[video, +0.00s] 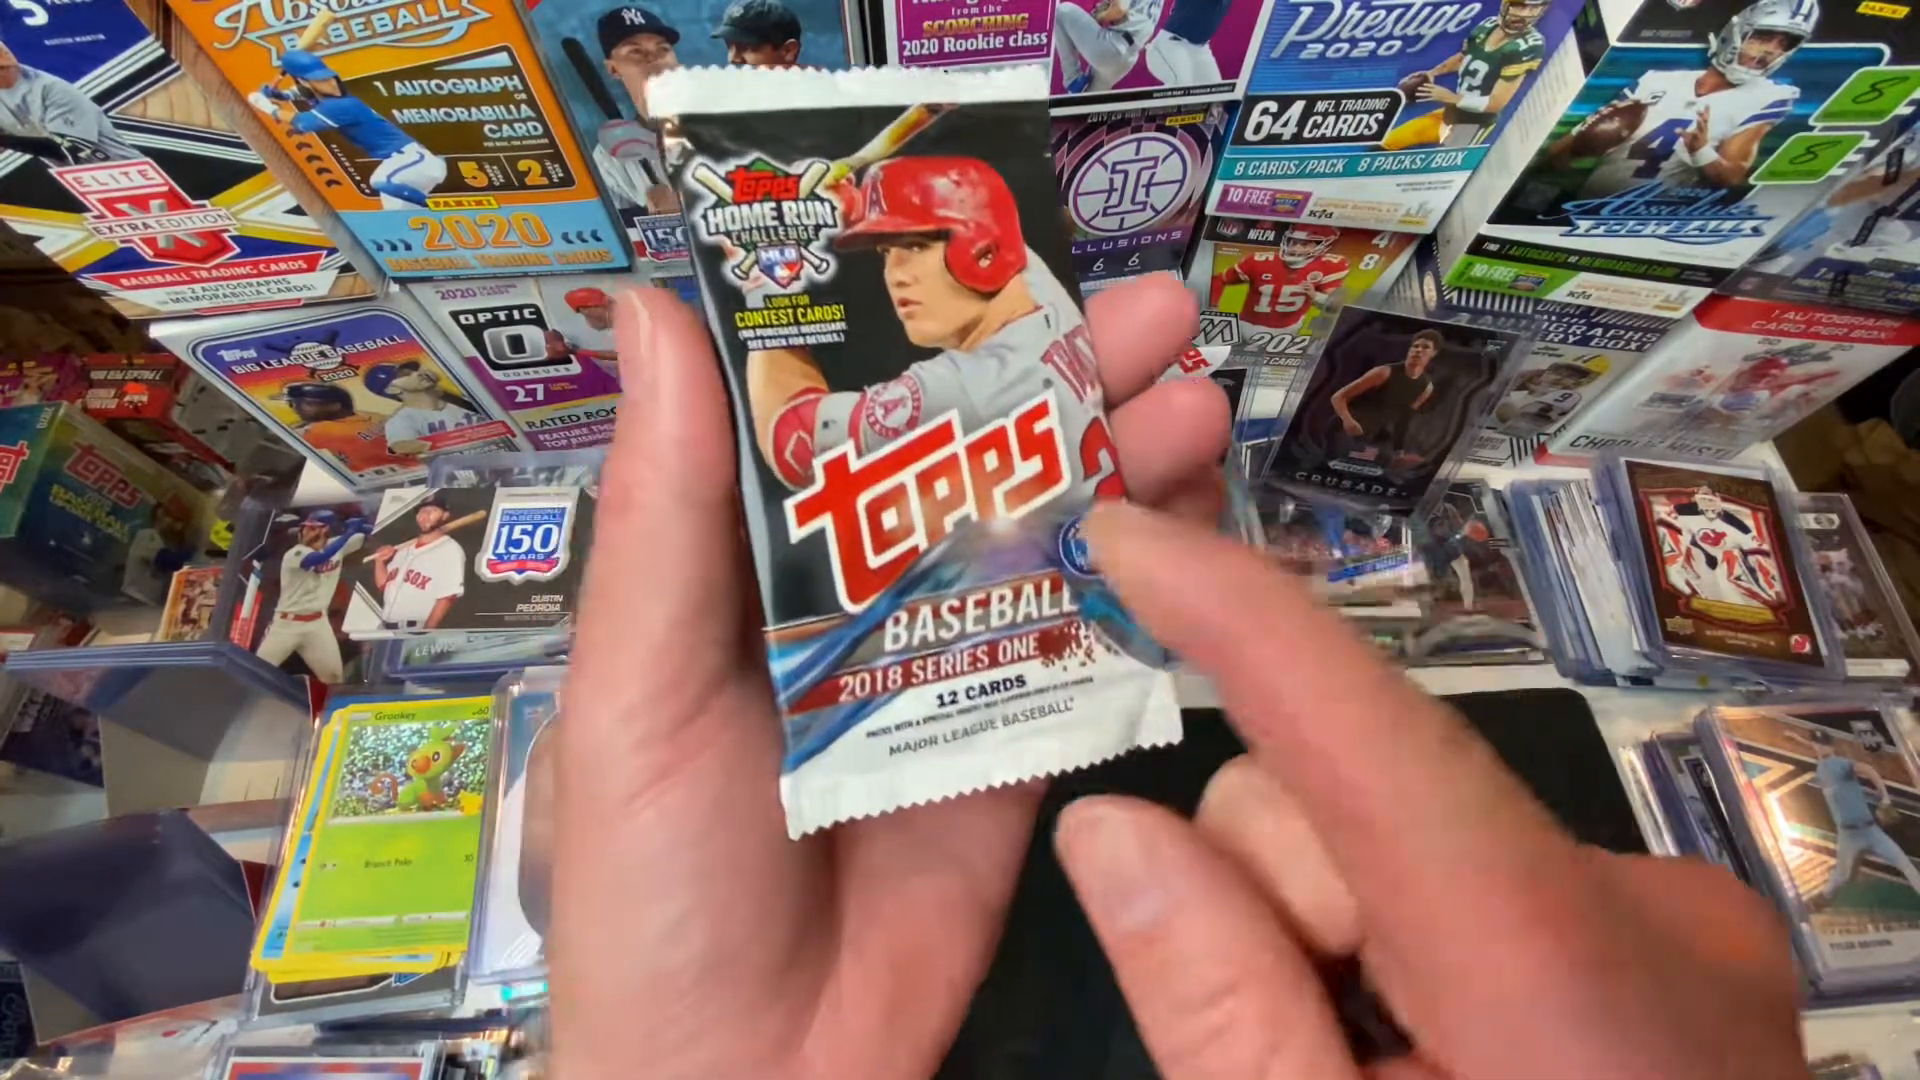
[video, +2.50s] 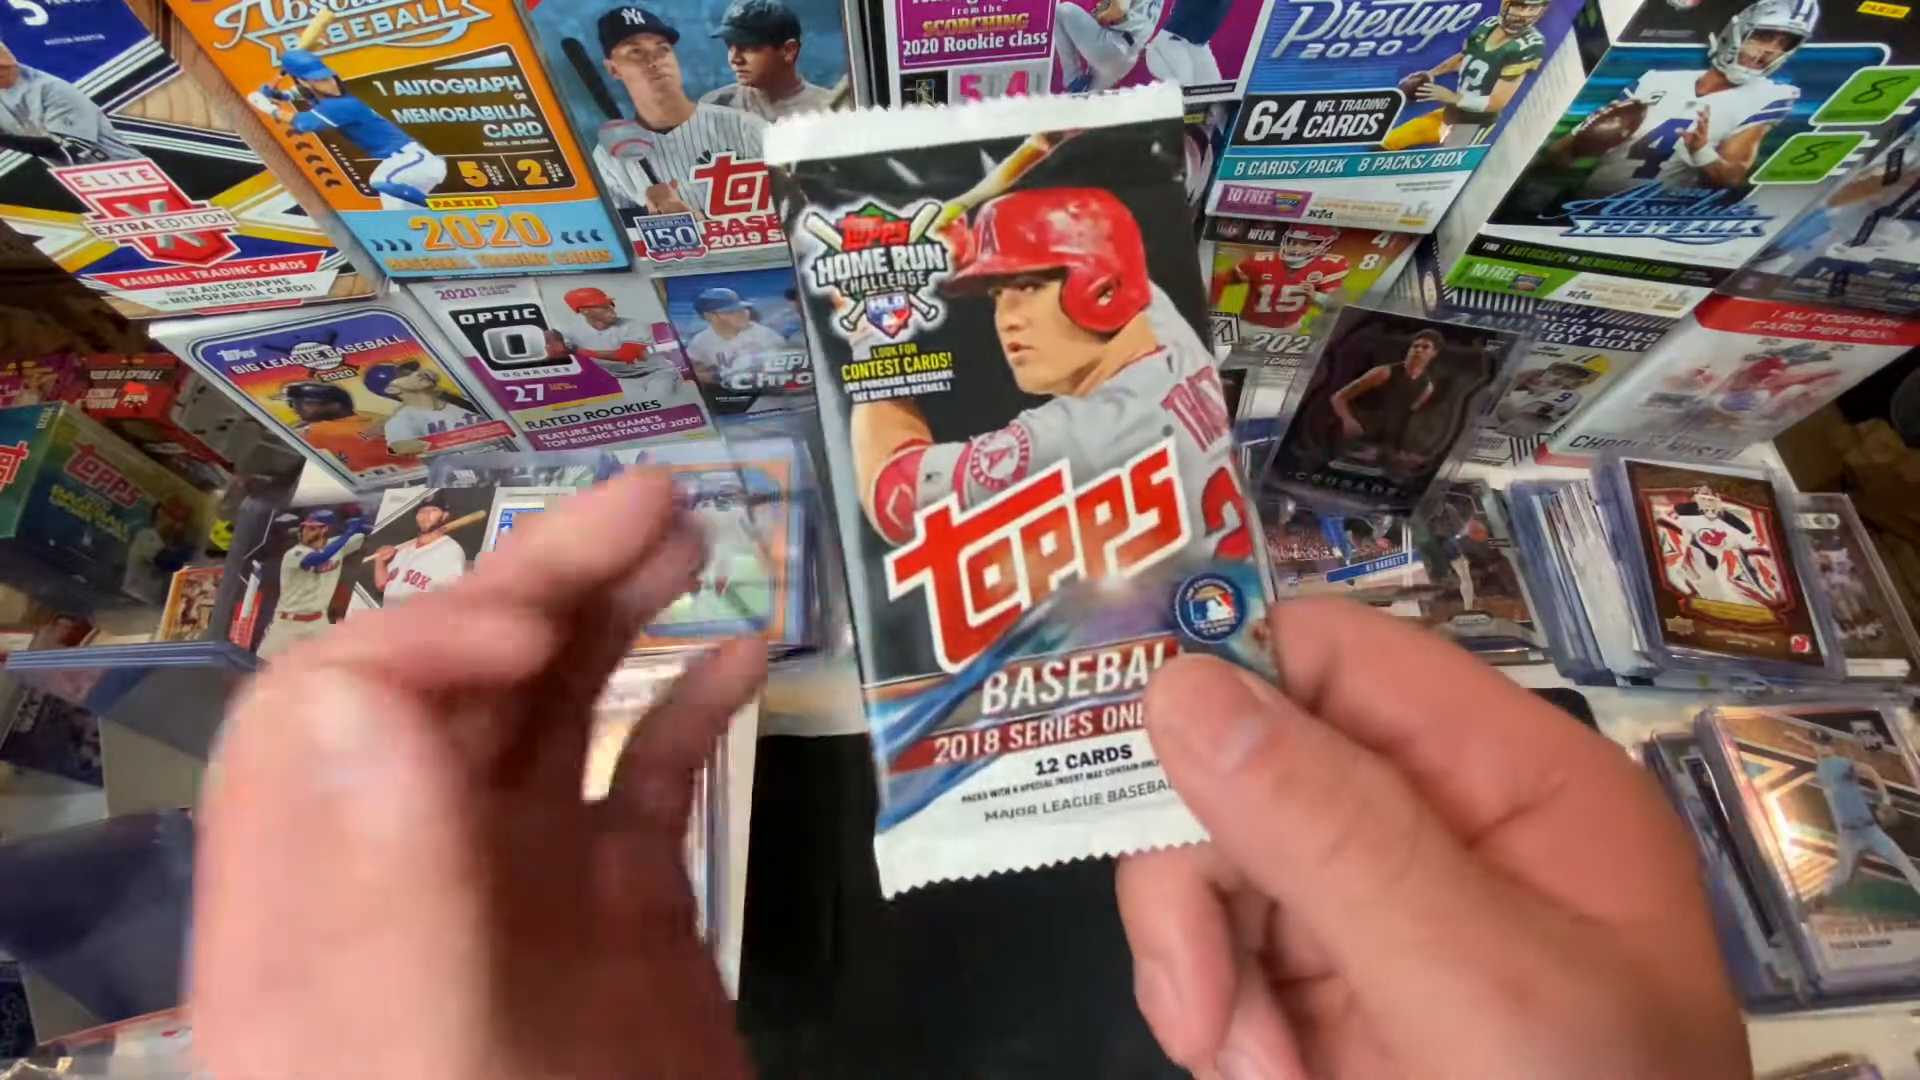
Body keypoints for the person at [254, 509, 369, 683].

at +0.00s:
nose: (304, 531)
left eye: (311, 528)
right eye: (304, 527)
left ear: (324, 531)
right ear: (303, 530)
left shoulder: (337, 548)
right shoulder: (294, 554)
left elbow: (366, 534)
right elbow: (318, 559)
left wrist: (359, 525)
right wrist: (346, 537)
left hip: (317, 625)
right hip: (285, 624)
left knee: (334, 677)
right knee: (258, 670)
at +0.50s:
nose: (303, 531)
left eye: (310, 527)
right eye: (304, 527)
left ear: (324, 530)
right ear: (303, 530)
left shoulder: (337, 549)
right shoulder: (294, 554)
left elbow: (367, 533)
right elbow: (318, 559)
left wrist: (358, 525)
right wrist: (347, 536)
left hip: (317, 625)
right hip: (285, 624)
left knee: (333, 677)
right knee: (258, 670)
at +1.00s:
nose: (302, 531)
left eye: (309, 527)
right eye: (303, 527)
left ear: (324, 530)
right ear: (303, 530)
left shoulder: (336, 549)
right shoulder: (294, 554)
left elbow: (367, 531)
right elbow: (318, 559)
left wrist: (355, 524)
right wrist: (347, 535)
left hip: (317, 625)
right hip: (285, 624)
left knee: (334, 678)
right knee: (258, 670)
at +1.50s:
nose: (303, 531)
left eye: (309, 528)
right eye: (304, 527)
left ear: (323, 531)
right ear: (303, 529)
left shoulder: (337, 548)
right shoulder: (294, 554)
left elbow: (368, 532)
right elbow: (320, 559)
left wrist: (357, 524)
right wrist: (348, 534)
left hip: (317, 625)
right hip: (285, 624)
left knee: (334, 677)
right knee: (258, 670)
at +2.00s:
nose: (303, 532)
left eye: (310, 528)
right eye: (303, 528)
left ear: (323, 531)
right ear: (302, 530)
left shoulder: (337, 548)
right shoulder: (294, 554)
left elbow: (369, 533)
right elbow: (320, 559)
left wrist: (357, 523)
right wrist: (347, 536)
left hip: (317, 625)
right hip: (285, 624)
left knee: (333, 677)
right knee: (259, 670)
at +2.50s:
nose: (303, 532)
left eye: (309, 528)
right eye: (304, 528)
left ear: (323, 530)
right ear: (302, 529)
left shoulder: (338, 547)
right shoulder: (293, 554)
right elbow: (319, 558)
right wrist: (349, 534)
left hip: (318, 624)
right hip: (286, 624)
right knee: (261, 666)